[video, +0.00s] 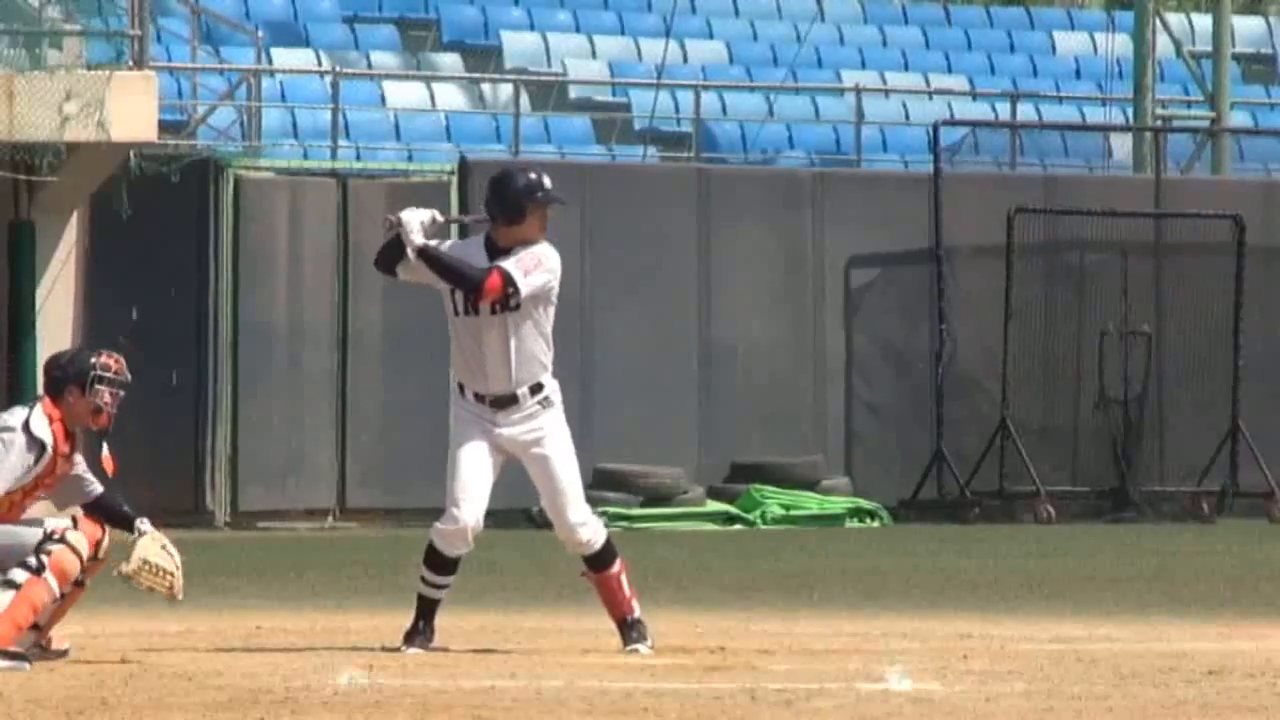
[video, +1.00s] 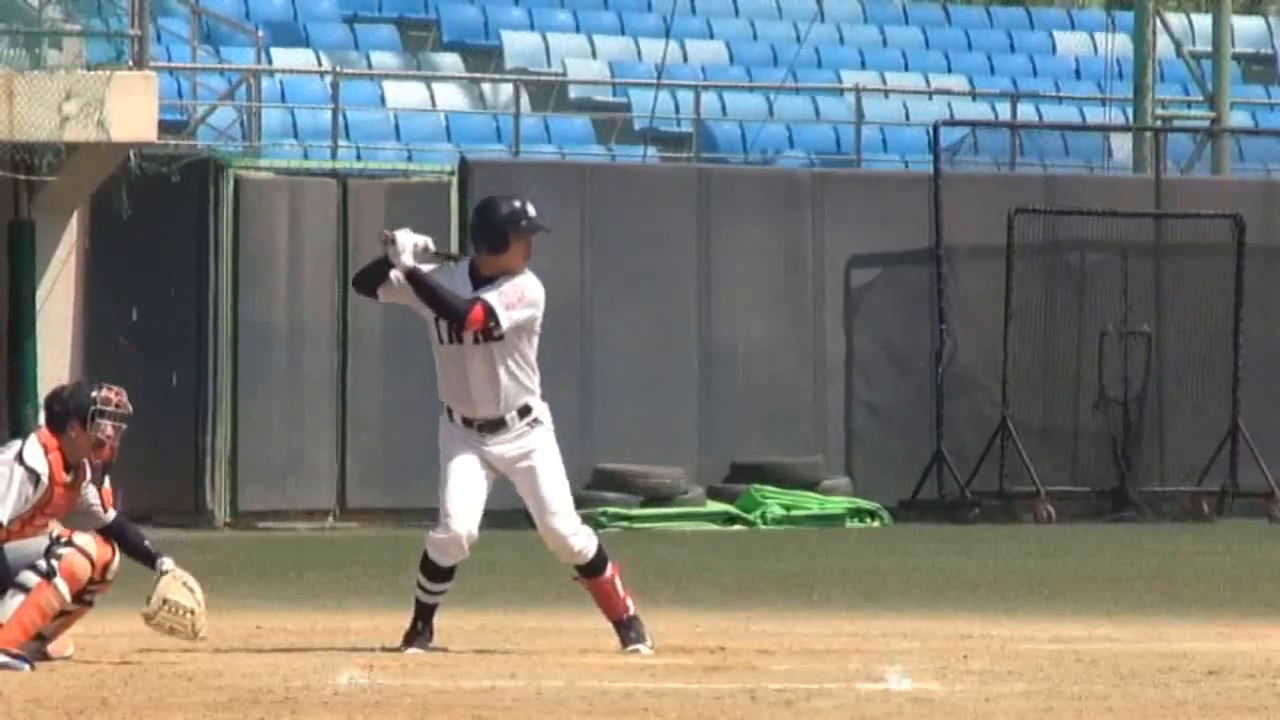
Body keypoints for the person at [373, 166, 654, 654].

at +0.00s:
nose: (546, 218)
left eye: (546, 209)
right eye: (539, 210)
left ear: (522, 214)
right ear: (511, 215)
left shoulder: (543, 258)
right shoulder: (458, 252)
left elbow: (485, 286)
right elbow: (386, 263)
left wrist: (421, 245)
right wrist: (405, 233)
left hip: (536, 409)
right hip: (473, 413)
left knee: (575, 524)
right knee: (461, 522)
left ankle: (631, 624)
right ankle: (422, 625)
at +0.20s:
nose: (535, 224)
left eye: (536, 214)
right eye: (528, 216)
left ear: (511, 220)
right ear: (501, 220)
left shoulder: (528, 267)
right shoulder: (446, 252)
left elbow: (465, 295)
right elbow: (371, 256)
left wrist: (408, 248)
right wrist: (398, 231)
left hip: (520, 412)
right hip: (458, 415)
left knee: (564, 526)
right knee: (451, 521)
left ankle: (628, 621)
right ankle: (421, 625)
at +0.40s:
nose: (531, 226)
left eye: (531, 217)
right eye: (524, 218)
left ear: (504, 223)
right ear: (499, 224)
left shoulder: (524, 270)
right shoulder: (441, 253)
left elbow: (463, 297)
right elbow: (366, 253)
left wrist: (404, 248)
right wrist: (392, 227)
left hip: (513, 413)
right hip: (451, 414)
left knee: (557, 523)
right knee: (447, 519)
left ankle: (626, 620)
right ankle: (420, 627)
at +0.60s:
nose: (538, 228)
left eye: (538, 219)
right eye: (531, 220)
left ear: (509, 225)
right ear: (505, 226)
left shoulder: (532, 271)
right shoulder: (447, 258)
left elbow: (475, 300)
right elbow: (373, 264)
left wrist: (413, 251)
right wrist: (398, 234)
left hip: (523, 415)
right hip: (461, 417)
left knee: (564, 527)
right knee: (453, 523)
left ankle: (627, 622)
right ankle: (421, 624)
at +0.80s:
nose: (542, 235)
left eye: (543, 226)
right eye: (536, 226)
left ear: (514, 231)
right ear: (511, 231)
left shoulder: (540, 276)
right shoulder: (453, 269)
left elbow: (484, 304)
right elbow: (377, 279)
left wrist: (424, 261)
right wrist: (405, 250)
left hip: (537, 422)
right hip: (473, 426)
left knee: (567, 530)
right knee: (461, 528)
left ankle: (628, 624)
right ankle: (422, 625)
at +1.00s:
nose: (530, 247)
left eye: (530, 238)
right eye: (523, 239)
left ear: (505, 244)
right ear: (498, 244)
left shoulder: (526, 290)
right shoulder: (440, 280)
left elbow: (468, 318)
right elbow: (365, 285)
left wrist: (411, 271)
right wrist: (397, 257)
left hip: (525, 430)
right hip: (462, 435)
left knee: (562, 531)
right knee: (454, 533)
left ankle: (627, 622)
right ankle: (421, 625)